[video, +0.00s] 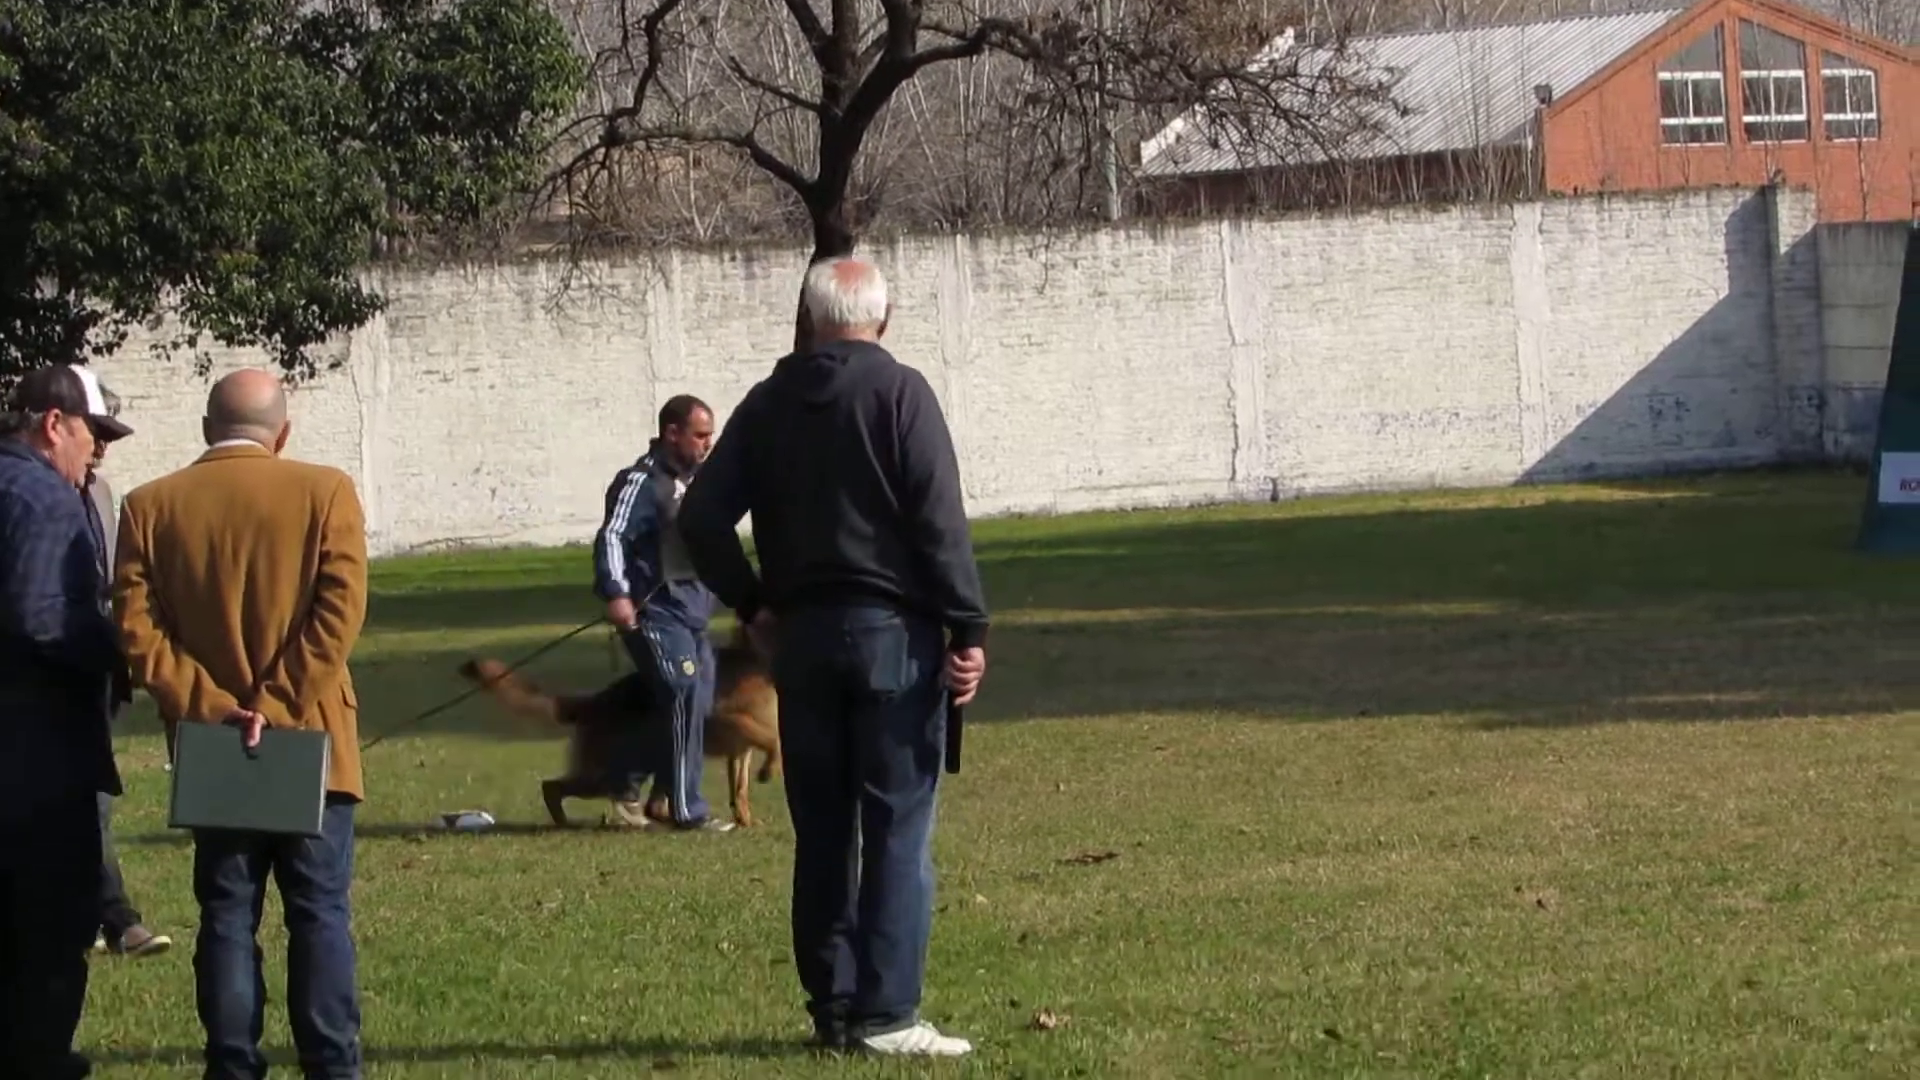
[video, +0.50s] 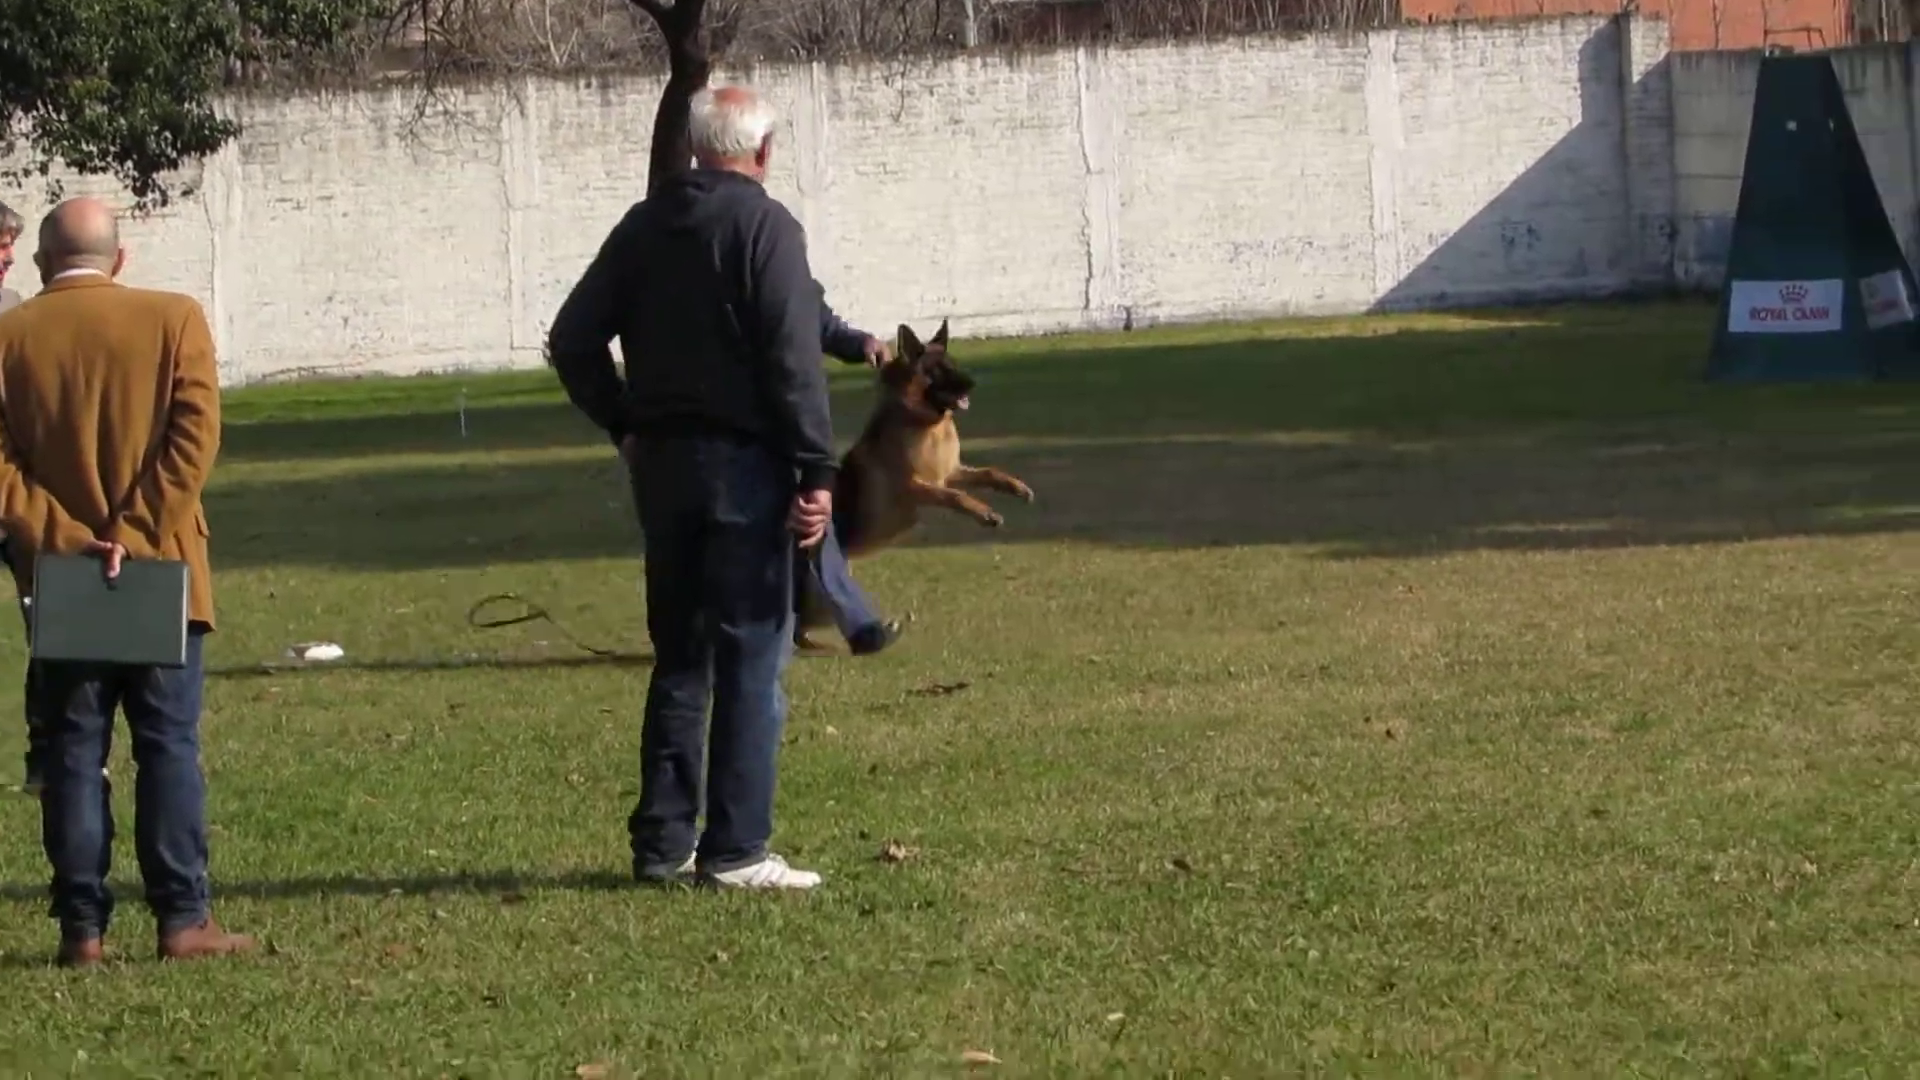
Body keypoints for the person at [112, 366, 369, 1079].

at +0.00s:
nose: (288, 432)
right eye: (288, 424)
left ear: (208, 426)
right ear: (281, 430)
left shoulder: (150, 504)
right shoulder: (327, 490)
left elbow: (136, 630)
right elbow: (341, 612)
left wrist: (210, 706)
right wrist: (279, 700)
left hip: (209, 758)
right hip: (316, 751)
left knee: (225, 909)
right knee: (320, 908)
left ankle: (232, 1066)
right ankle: (333, 1065)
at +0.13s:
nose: (267, 374)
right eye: (266, 365)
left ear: (186, 368)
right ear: (262, 372)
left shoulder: (133, 448)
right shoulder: (309, 434)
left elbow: (118, 575)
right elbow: (319, 555)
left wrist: (189, 649)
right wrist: (260, 648)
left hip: (191, 702)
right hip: (295, 698)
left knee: (205, 859)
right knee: (300, 857)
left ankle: (213, 1037)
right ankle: (315, 1030)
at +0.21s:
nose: (237, 332)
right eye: (237, 323)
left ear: (156, 331)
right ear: (233, 332)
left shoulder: (109, 408)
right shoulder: (283, 393)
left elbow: (93, 536)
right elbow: (295, 515)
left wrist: (170, 608)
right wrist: (236, 609)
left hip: (167, 661)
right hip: (270, 657)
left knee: (180, 819)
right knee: (275, 817)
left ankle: (189, 997)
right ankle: (290, 990)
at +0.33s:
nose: (188, 291)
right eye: (187, 282)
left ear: (107, 291)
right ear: (184, 291)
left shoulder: (60, 370)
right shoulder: (237, 352)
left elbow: (47, 498)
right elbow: (250, 475)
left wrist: (128, 571)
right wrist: (192, 568)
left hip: (121, 620)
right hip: (225, 616)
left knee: (135, 776)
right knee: (230, 775)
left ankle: (143, 958)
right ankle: (244, 950)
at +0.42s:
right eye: (158, 262)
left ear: (76, 274)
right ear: (154, 272)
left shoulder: (27, 355)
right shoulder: (207, 333)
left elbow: (18, 482)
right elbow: (222, 454)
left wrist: (89, 549)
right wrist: (165, 547)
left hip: (90, 604)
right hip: (196, 598)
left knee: (105, 763)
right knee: (200, 760)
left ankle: (114, 941)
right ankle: (215, 934)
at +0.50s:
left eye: (39, 256)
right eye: (122, 245)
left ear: (42, 261)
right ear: (120, 256)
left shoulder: (10, 337)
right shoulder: (176, 319)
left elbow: (2, 471)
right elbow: (193, 441)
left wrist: (63, 537)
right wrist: (134, 534)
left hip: (58, 593)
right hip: (164, 583)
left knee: (71, 753)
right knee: (170, 745)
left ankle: (81, 930)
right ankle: (185, 922)